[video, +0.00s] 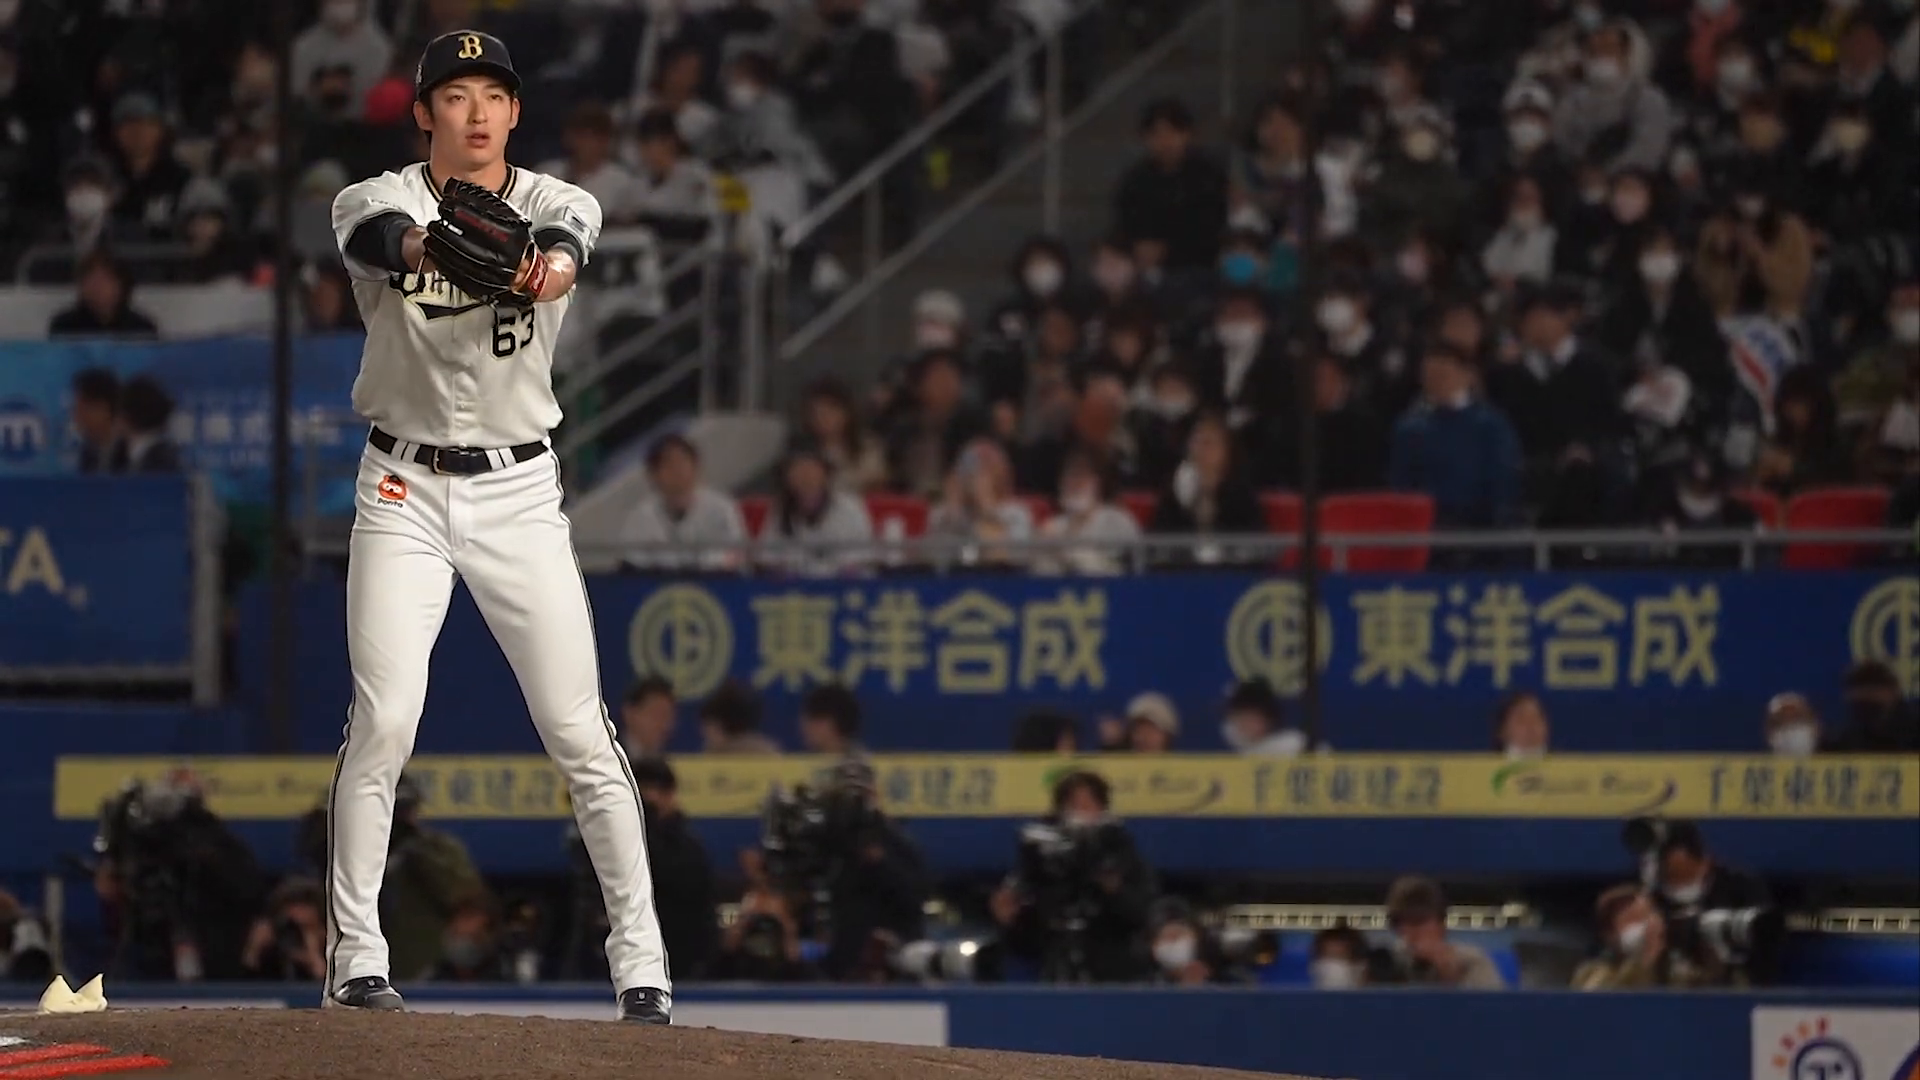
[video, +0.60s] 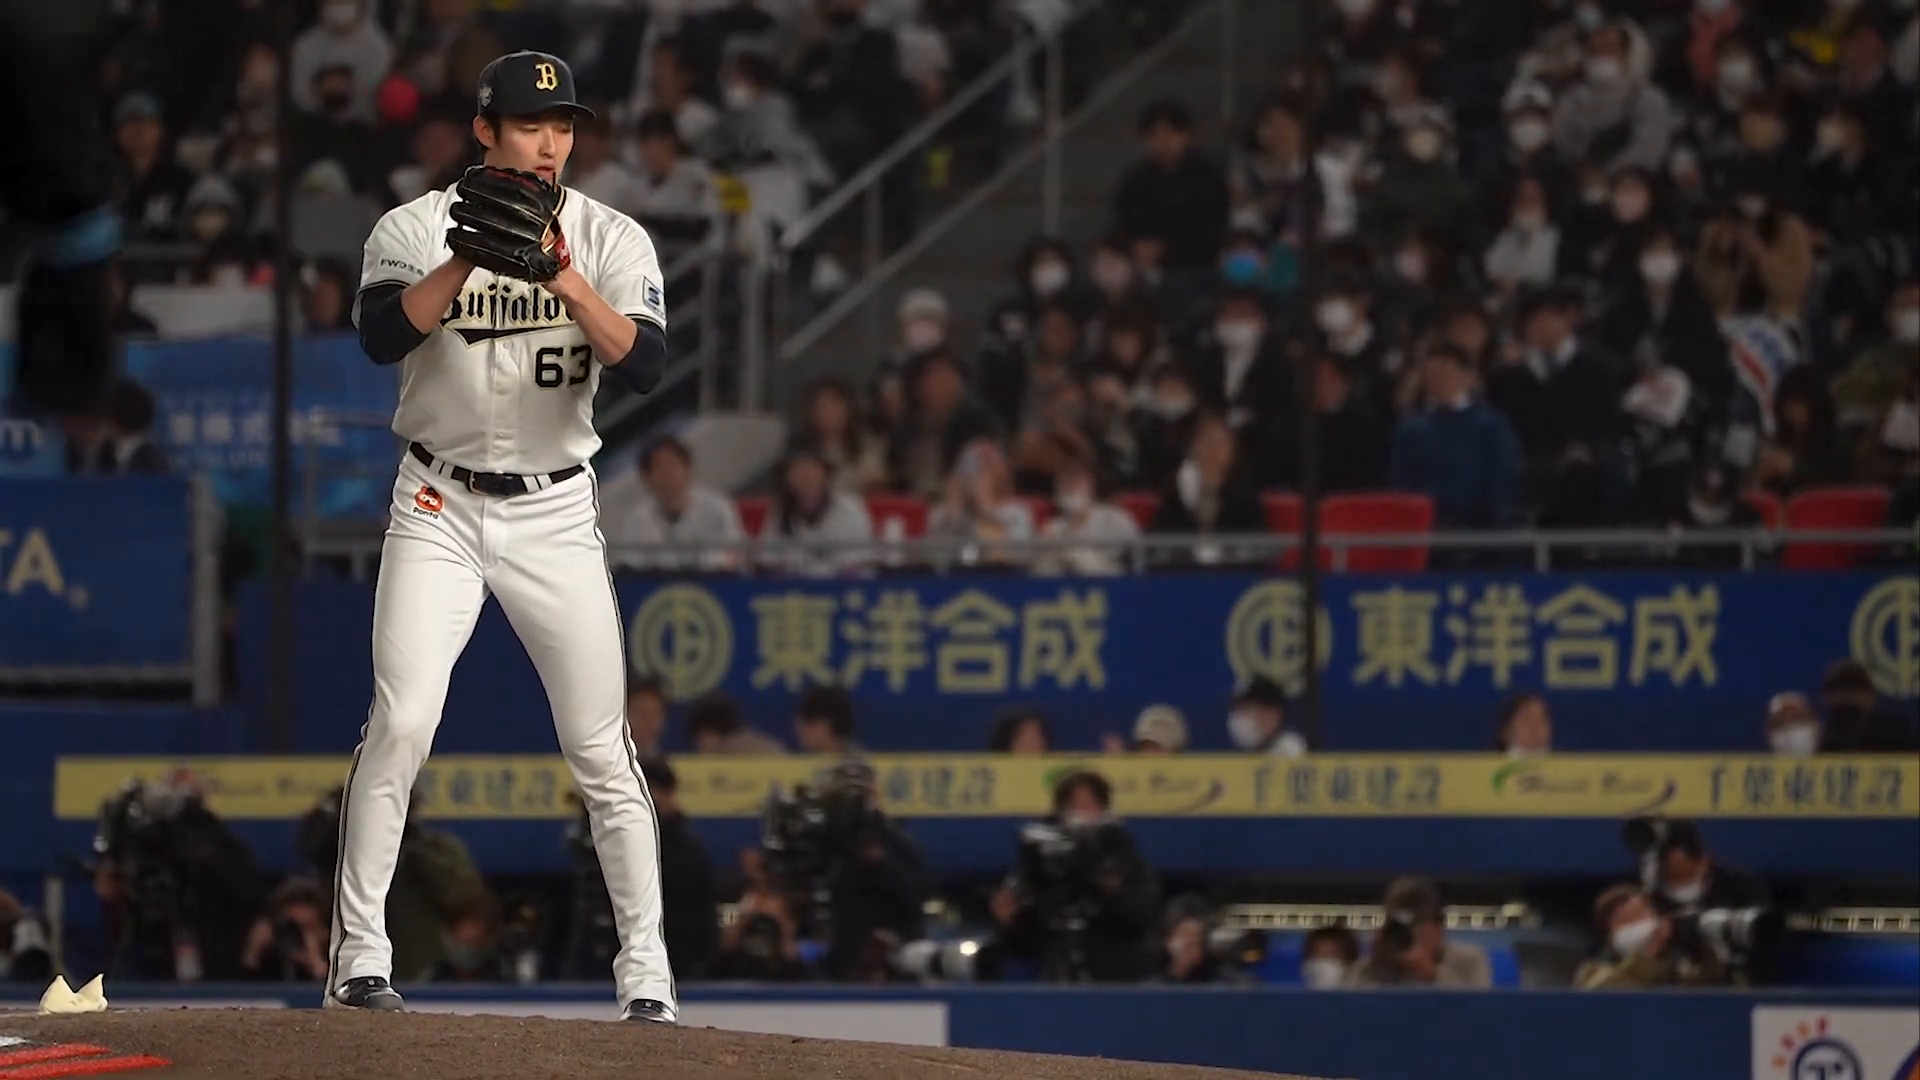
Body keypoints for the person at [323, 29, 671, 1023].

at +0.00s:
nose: (476, 115)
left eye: (491, 98)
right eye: (456, 99)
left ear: (515, 114)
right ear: (422, 117)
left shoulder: (556, 200)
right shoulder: (384, 196)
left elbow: (570, 234)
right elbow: (368, 231)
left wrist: (550, 260)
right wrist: (421, 246)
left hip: (519, 497)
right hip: (401, 495)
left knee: (581, 736)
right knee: (382, 723)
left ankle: (639, 963)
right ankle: (357, 960)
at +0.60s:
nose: (543, 144)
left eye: (556, 126)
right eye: (526, 125)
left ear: (575, 136)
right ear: (484, 130)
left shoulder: (612, 238)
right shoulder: (418, 225)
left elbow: (646, 366)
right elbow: (376, 340)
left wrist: (565, 275)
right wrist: (469, 256)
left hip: (556, 517)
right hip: (434, 508)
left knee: (599, 750)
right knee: (401, 721)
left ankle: (645, 974)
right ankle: (358, 960)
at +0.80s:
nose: (555, 155)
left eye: (569, 136)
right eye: (538, 134)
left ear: (588, 142)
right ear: (494, 135)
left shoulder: (617, 243)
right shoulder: (420, 222)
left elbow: (642, 382)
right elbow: (380, 335)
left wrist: (563, 277)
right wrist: (471, 246)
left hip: (558, 517)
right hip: (437, 507)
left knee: (601, 750)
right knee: (403, 722)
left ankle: (646, 974)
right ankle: (358, 957)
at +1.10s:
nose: (577, 153)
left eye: (588, 136)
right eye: (559, 134)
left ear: (600, 140)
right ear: (511, 132)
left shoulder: (627, 237)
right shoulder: (429, 214)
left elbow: (650, 374)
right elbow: (394, 336)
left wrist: (568, 272)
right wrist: (482, 243)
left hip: (564, 513)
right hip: (446, 501)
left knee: (605, 748)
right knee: (411, 722)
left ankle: (648, 980)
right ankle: (359, 960)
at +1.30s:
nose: (577, 155)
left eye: (589, 139)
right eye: (559, 137)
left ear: (601, 141)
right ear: (512, 134)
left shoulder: (630, 235)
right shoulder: (433, 211)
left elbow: (657, 377)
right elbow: (399, 326)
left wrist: (579, 274)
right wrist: (488, 241)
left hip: (565, 512)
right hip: (446, 500)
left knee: (605, 749)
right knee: (410, 724)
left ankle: (646, 969)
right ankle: (360, 958)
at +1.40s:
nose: (578, 156)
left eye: (589, 140)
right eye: (562, 138)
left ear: (601, 141)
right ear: (514, 133)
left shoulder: (630, 235)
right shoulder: (436, 205)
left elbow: (657, 377)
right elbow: (400, 319)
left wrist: (581, 275)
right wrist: (493, 236)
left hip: (566, 511)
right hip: (448, 500)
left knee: (606, 749)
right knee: (412, 723)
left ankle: (648, 979)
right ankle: (360, 961)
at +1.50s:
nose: (580, 154)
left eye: (591, 137)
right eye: (563, 136)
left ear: (602, 139)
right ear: (514, 131)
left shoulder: (628, 239)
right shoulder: (434, 207)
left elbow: (652, 379)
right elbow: (394, 315)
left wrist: (581, 277)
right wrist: (492, 236)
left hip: (566, 511)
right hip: (448, 500)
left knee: (606, 748)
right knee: (411, 723)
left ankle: (648, 979)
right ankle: (360, 959)